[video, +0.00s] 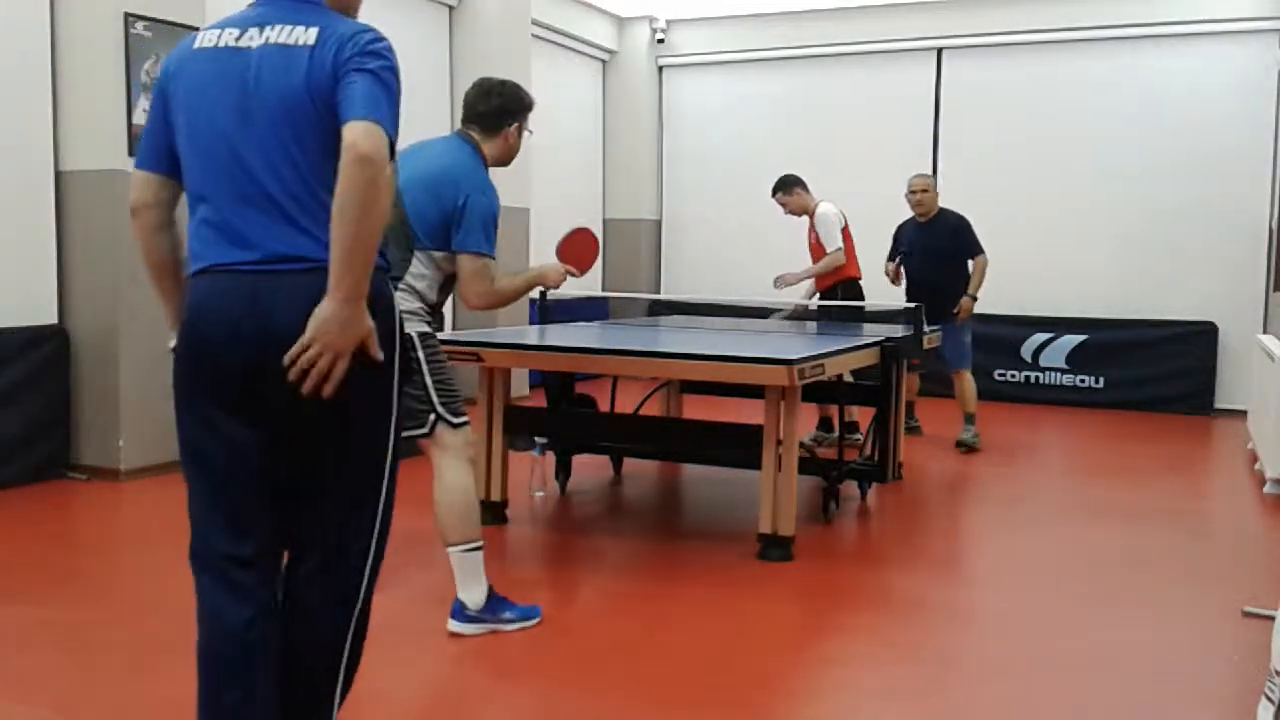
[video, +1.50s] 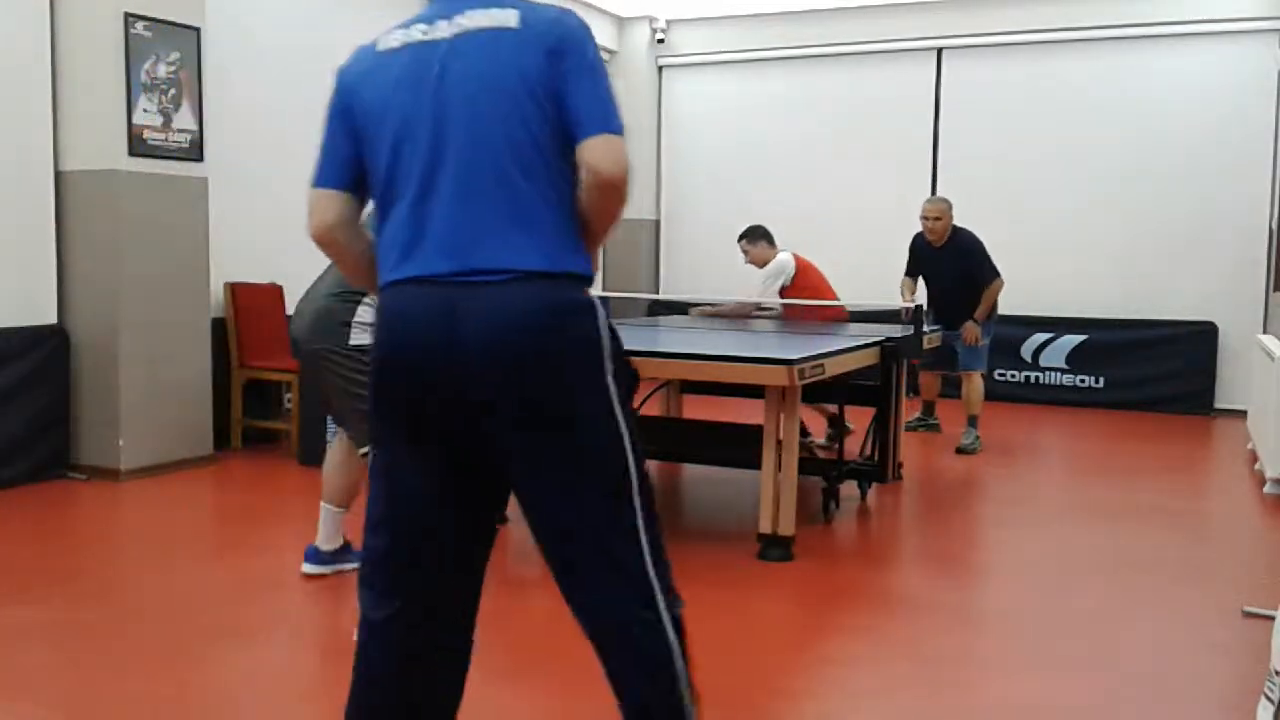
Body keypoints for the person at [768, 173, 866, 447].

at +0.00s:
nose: (785, 211)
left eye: (784, 204)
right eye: (781, 206)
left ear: (798, 192)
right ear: (797, 195)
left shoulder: (825, 214)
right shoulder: (817, 218)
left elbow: (838, 257)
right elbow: (825, 268)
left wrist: (799, 276)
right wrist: (805, 300)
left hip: (843, 294)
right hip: (831, 295)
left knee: (830, 363)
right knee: (829, 364)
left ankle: (828, 426)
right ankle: (846, 425)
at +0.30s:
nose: (777, 216)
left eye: (777, 208)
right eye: (774, 210)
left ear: (792, 198)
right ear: (795, 199)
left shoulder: (812, 220)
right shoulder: (823, 216)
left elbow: (806, 269)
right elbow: (836, 264)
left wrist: (765, 291)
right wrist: (813, 286)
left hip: (839, 299)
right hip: (846, 296)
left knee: (819, 366)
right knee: (834, 363)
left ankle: (827, 430)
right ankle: (843, 420)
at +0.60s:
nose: (779, 212)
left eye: (780, 204)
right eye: (775, 207)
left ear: (797, 195)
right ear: (794, 200)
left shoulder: (815, 220)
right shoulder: (814, 221)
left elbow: (818, 267)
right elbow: (831, 266)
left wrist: (779, 295)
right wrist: (812, 286)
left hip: (846, 298)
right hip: (837, 298)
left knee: (825, 367)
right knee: (824, 366)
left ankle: (834, 430)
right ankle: (838, 426)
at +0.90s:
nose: (781, 218)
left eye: (783, 210)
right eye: (777, 213)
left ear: (800, 203)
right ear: (797, 207)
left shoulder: (821, 224)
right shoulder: (812, 230)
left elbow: (827, 268)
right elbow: (828, 271)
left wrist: (792, 293)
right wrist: (811, 290)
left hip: (853, 300)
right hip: (837, 302)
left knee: (838, 366)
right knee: (818, 364)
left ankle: (846, 427)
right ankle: (819, 424)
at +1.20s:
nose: (765, 237)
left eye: (765, 229)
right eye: (762, 231)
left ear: (780, 220)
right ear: (783, 222)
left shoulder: (805, 239)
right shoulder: (806, 239)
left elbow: (788, 285)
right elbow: (818, 284)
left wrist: (749, 302)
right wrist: (797, 299)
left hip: (844, 311)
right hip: (832, 311)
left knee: (821, 373)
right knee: (813, 371)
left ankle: (845, 429)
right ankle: (844, 428)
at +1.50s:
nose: (746, 260)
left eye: (746, 252)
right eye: (744, 254)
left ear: (763, 245)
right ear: (766, 245)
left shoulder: (782, 262)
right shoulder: (786, 261)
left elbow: (749, 308)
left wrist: (709, 311)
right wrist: (723, 310)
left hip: (827, 330)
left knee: (779, 378)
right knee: (790, 377)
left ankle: (799, 433)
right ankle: (834, 420)